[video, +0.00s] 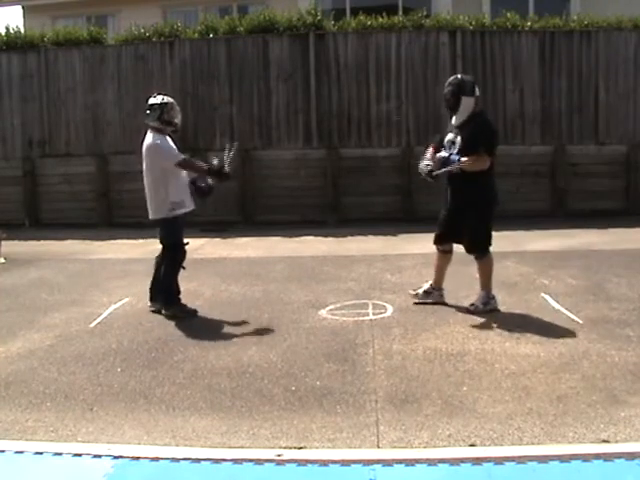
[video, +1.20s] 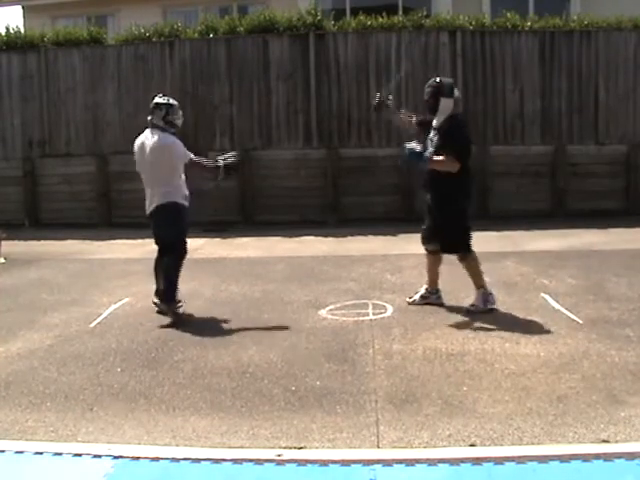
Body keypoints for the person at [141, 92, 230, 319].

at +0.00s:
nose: (175, 118)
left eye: (175, 113)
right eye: (171, 113)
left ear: (153, 116)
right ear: (163, 115)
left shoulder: (159, 139)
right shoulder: (157, 143)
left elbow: (174, 169)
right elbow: (183, 164)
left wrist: (196, 179)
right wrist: (213, 171)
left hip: (171, 207)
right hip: (167, 209)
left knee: (169, 251)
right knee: (174, 253)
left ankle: (158, 297)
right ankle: (170, 302)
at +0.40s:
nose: (177, 120)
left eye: (176, 116)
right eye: (174, 116)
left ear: (154, 116)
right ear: (168, 117)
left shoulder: (150, 138)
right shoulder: (165, 138)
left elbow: (166, 167)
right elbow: (200, 152)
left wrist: (186, 167)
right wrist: (204, 151)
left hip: (159, 206)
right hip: (173, 206)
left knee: (166, 251)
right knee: (181, 251)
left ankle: (160, 299)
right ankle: (177, 301)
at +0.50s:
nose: (177, 119)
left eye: (177, 116)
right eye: (176, 115)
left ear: (156, 115)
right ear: (168, 115)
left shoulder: (151, 138)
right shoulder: (162, 134)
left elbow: (162, 171)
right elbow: (193, 123)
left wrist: (184, 176)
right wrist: (213, 127)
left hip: (162, 206)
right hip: (172, 205)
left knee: (165, 253)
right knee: (186, 252)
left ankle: (159, 299)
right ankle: (190, 302)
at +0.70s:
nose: (184, 118)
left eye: (183, 113)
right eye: (180, 113)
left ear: (161, 113)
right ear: (169, 113)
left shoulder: (161, 135)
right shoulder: (163, 132)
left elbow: (183, 108)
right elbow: (179, 107)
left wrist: (201, 91)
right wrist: (202, 87)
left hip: (171, 202)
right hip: (177, 201)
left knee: (170, 252)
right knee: (190, 251)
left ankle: (160, 298)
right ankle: (192, 302)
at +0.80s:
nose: (181, 118)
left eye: (181, 113)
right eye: (177, 113)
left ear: (163, 114)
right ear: (167, 113)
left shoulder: (163, 135)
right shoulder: (163, 133)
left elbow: (183, 110)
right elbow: (180, 109)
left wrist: (199, 91)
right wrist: (199, 88)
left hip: (172, 202)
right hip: (178, 202)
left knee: (172, 252)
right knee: (192, 252)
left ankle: (162, 298)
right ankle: (193, 302)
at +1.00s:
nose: (181, 119)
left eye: (180, 115)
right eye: (178, 115)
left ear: (158, 116)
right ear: (170, 116)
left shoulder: (152, 139)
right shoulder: (163, 137)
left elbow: (165, 168)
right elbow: (185, 133)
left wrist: (187, 170)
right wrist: (210, 119)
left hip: (163, 206)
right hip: (177, 205)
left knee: (170, 252)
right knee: (189, 252)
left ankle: (164, 299)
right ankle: (193, 302)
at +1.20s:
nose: (178, 120)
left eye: (177, 116)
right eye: (175, 116)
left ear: (153, 116)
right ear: (168, 117)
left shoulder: (139, 143)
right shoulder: (170, 142)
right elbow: (193, 162)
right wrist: (218, 165)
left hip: (153, 204)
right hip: (173, 203)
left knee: (163, 249)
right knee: (176, 250)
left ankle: (161, 292)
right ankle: (168, 299)